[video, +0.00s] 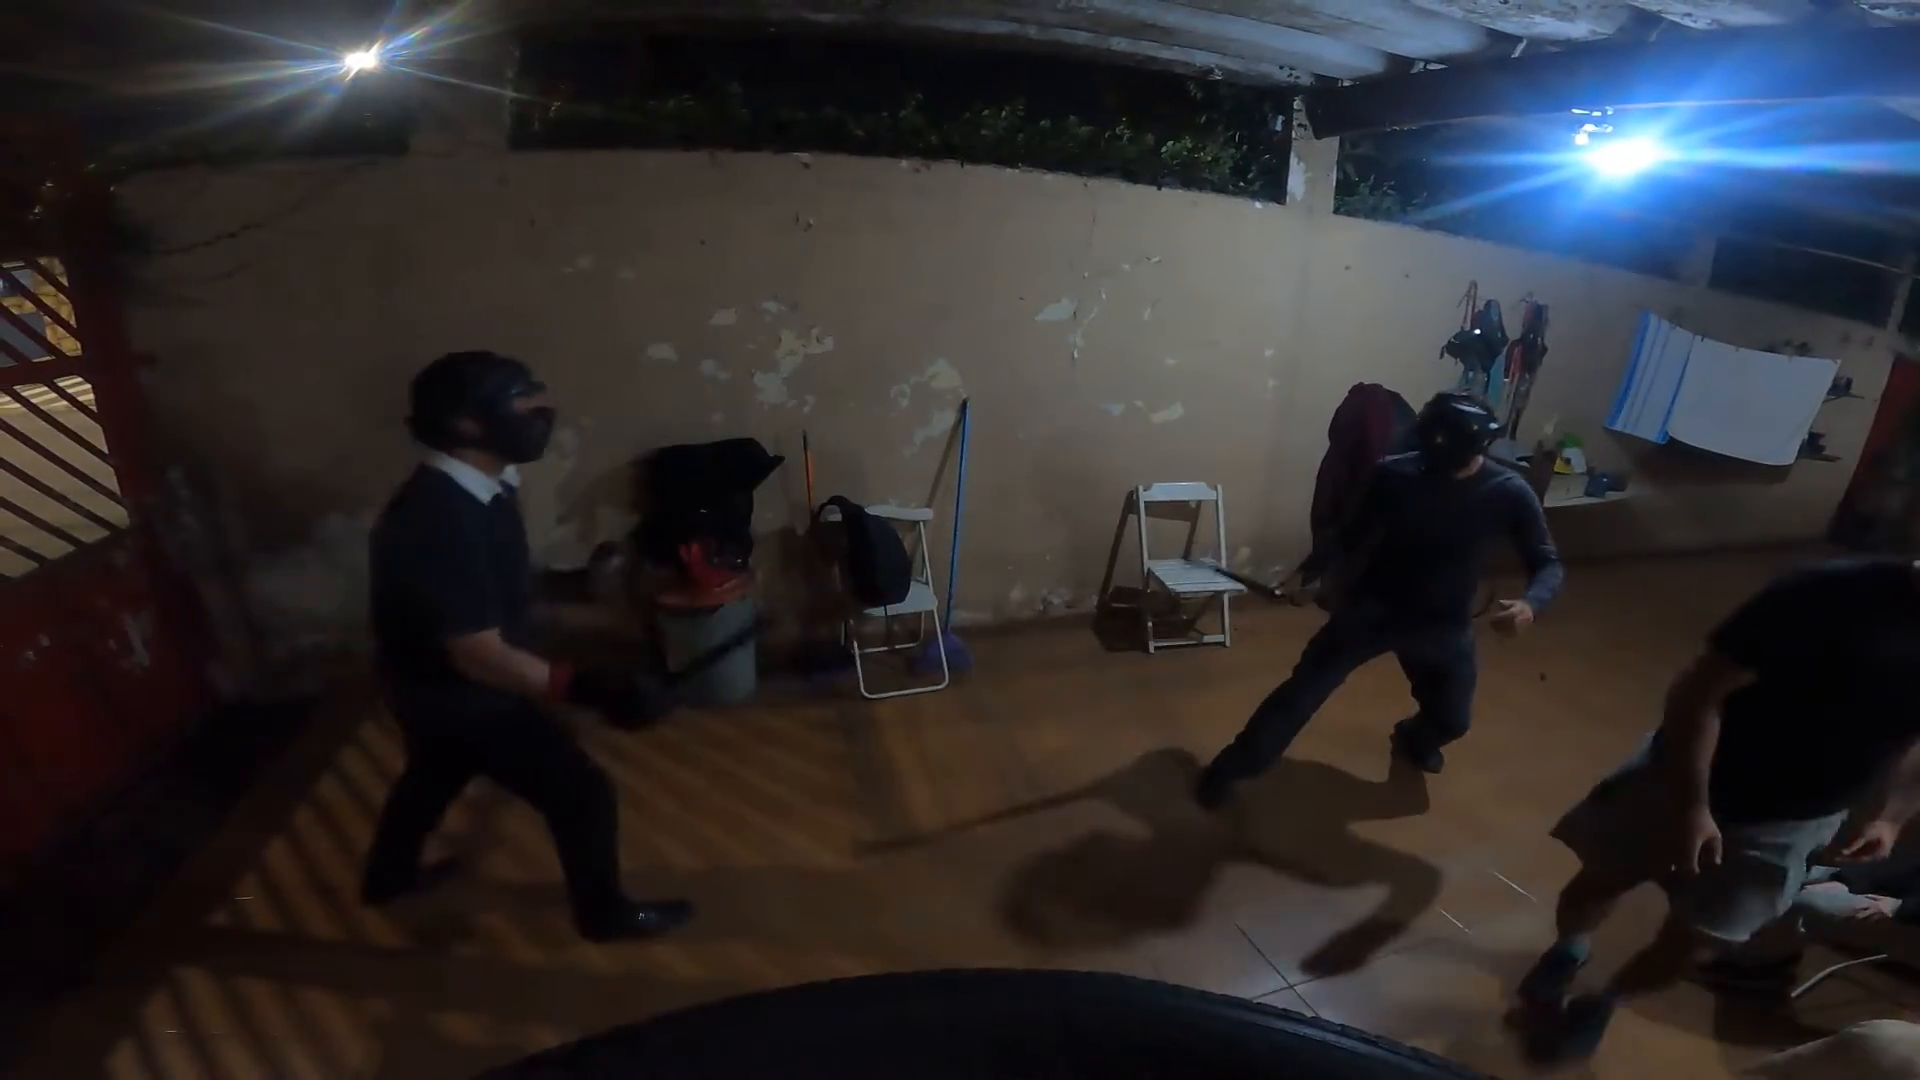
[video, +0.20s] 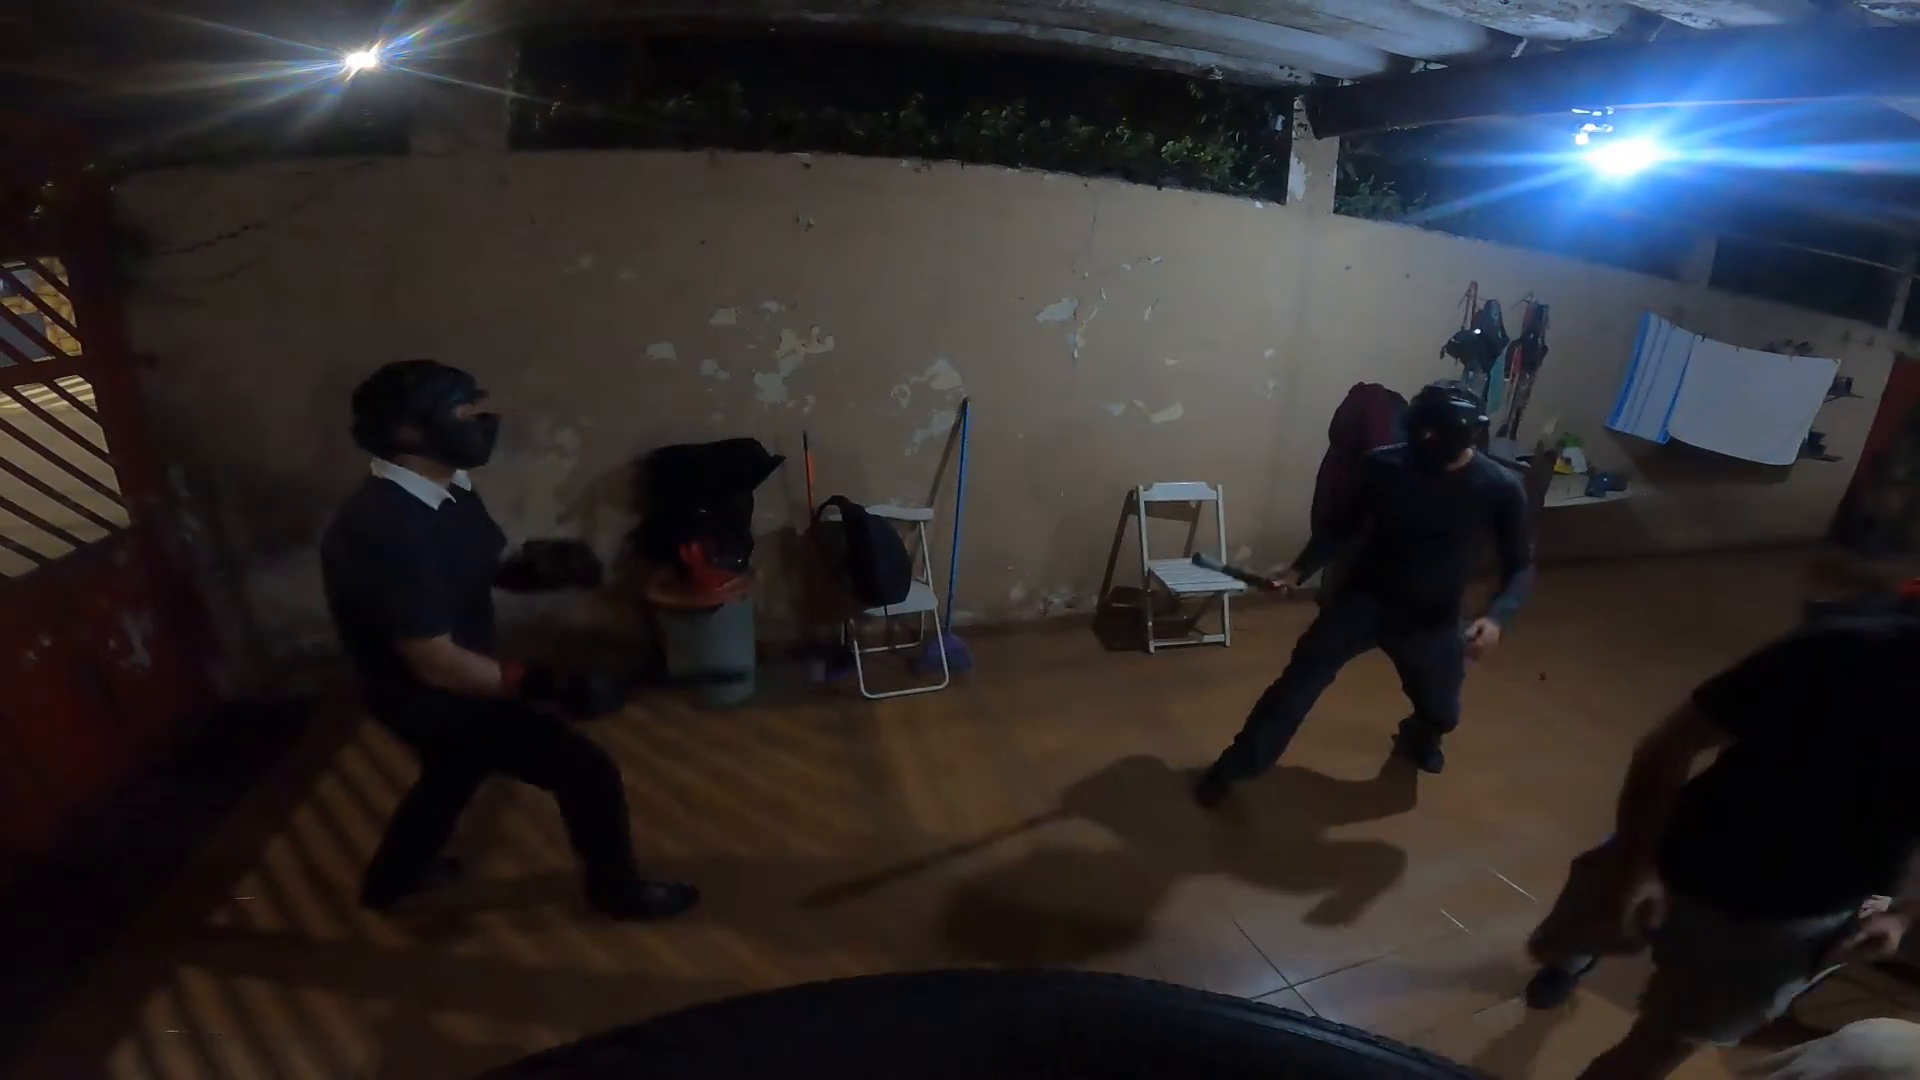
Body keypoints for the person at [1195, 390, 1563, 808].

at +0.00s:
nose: (1477, 459)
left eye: (1474, 449)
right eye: (1467, 450)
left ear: (1474, 449)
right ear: (1438, 445)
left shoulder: (1509, 493)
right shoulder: (1392, 477)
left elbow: (1548, 564)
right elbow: (1350, 536)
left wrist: (1531, 601)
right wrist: (1313, 578)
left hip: (1443, 622)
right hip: (1371, 611)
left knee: (1451, 719)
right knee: (1299, 695)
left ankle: (1413, 741)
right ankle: (1228, 770)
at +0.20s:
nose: (1421, 446)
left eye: (1432, 442)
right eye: (1420, 438)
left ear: (1465, 441)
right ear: (1415, 431)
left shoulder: (1500, 489)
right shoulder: (1386, 468)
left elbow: (1521, 568)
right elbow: (1343, 526)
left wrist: (1496, 618)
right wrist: (1298, 572)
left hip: (1431, 618)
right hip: (1361, 603)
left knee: (1441, 713)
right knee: (1298, 684)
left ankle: (1421, 740)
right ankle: (1233, 768)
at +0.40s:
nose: (1382, 451)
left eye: (1392, 443)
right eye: (1378, 440)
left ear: (1423, 438)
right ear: (1372, 432)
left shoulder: (1461, 484)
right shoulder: (1344, 465)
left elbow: (1482, 559)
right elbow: (1311, 524)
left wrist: (1445, 622)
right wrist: (1276, 579)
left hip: (1405, 610)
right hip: (1335, 602)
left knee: (1422, 696)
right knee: (1286, 675)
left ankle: (1425, 752)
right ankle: (1233, 764)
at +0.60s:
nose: (1350, 465)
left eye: (1359, 456)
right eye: (1343, 454)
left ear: (1387, 444)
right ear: (1331, 443)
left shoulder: (1427, 479)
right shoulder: (1309, 470)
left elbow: (1460, 543)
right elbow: (1275, 525)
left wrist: (1433, 615)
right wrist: (1236, 577)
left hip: (1387, 608)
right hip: (1318, 600)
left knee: (1404, 698)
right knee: (1275, 672)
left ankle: (1405, 744)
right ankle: (1230, 766)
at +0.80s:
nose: (1352, 465)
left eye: (1362, 457)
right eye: (1345, 454)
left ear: (1391, 445)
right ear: (1337, 442)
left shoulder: (1429, 484)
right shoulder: (1316, 472)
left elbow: (1471, 554)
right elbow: (1274, 529)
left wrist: (1452, 612)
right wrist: (1225, 576)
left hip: (1388, 609)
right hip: (1319, 599)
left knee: (1397, 704)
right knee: (1274, 671)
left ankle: (1390, 745)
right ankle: (1232, 761)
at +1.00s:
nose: (1354, 452)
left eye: (1365, 444)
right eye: (1353, 441)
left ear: (1401, 445)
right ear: (1353, 438)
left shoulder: (1442, 490)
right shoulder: (1330, 473)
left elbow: (1450, 571)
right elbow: (1297, 536)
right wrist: (1267, 593)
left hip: (1393, 612)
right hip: (1324, 599)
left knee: (1396, 705)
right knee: (1273, 677)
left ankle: (1391, 747)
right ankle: (1234, 760)